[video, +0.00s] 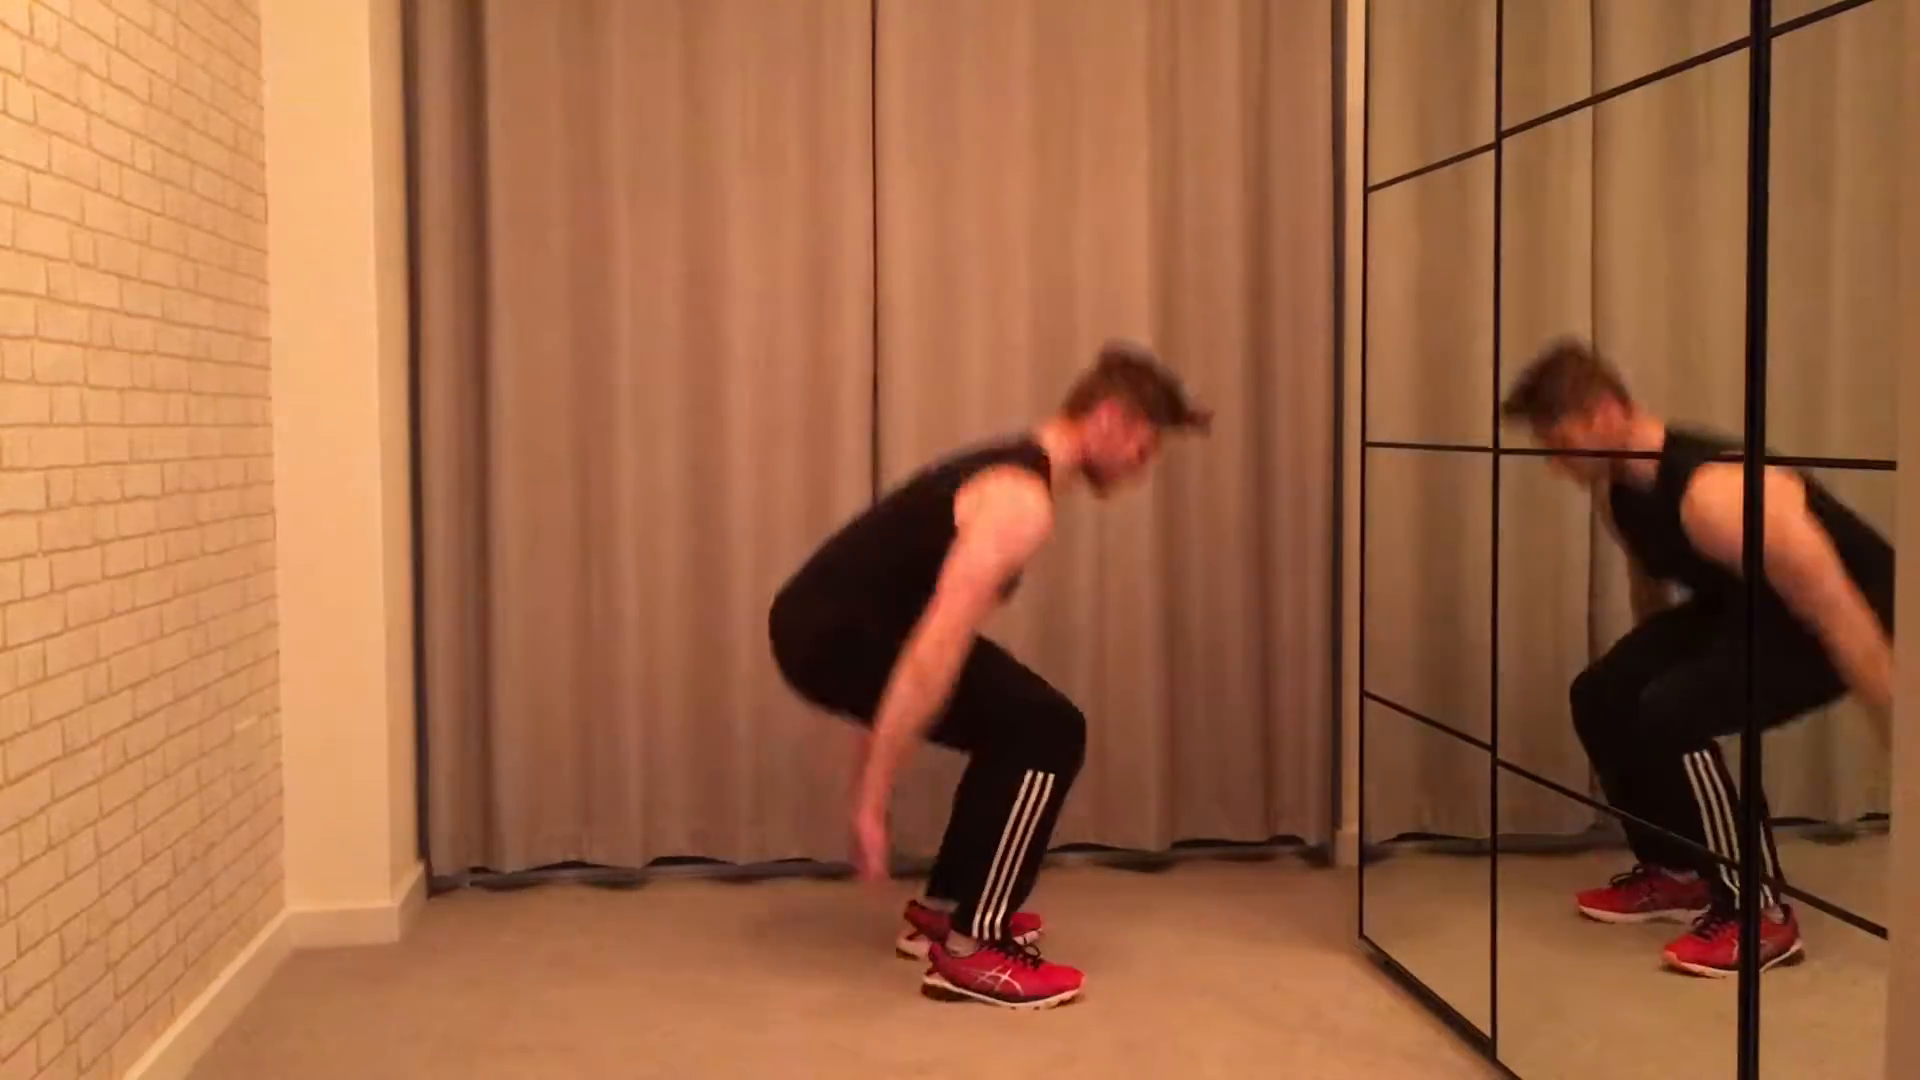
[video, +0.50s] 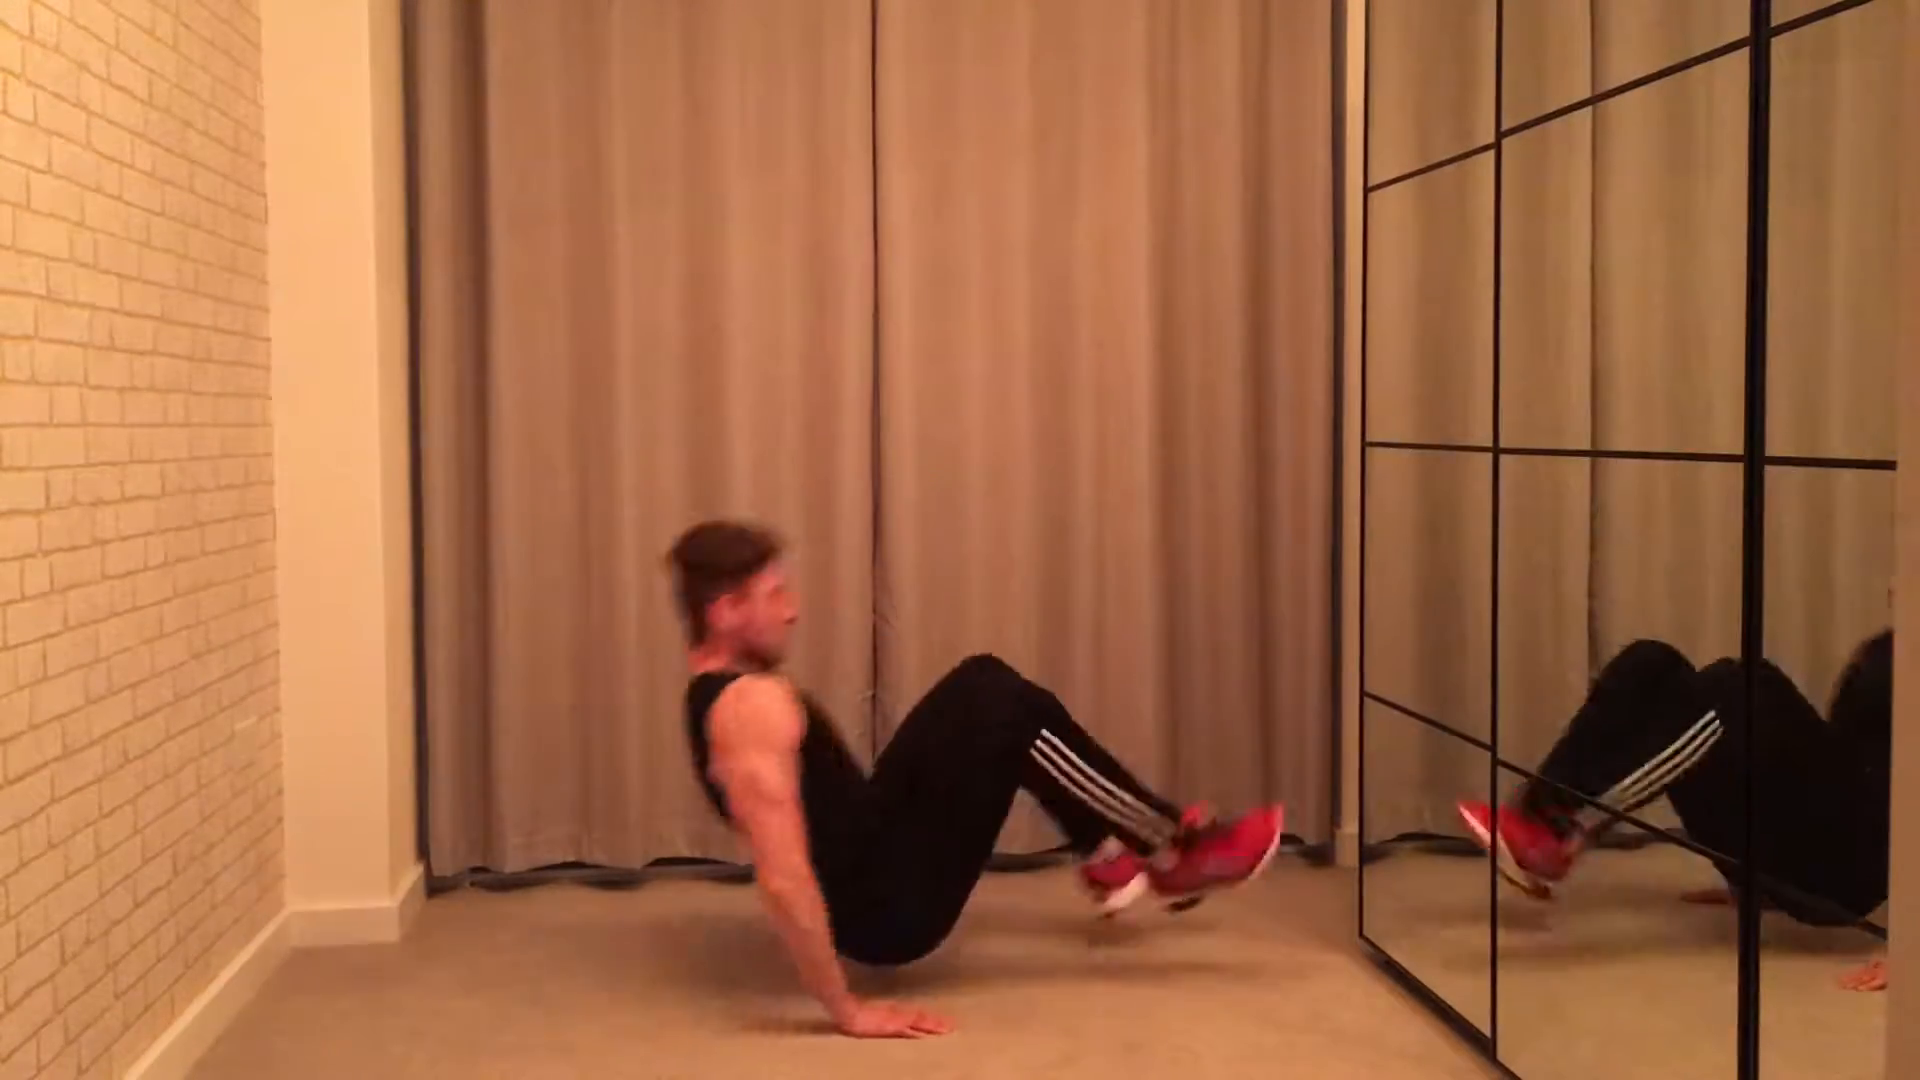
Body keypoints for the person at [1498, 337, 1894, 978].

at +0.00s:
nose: (1556, 463)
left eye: (1561, 443)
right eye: (1548, 449)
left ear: (1608, 414)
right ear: (1602, 417)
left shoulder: (1717, 495)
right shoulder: (1621, 485)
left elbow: (1842, 615)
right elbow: (1650, 594)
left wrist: (1903, 738)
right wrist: (1644, 680)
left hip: (1832, 622)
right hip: (1745, 605)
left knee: (1669, 714)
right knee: (1601, 699)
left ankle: (1758, 913)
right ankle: (1676, 871)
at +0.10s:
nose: (1561, 547)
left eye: (1566, 527)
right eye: (1554, 531)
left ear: (1614, 503)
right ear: (1612, 507)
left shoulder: (1729, 587)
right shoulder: (1627, 573)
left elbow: (1845, 733)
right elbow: (1661, 675)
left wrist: (1885, 883)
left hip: (1860, 698)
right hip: (1765, 672)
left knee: (1671, 717)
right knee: (1595, 703)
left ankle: (1757, 915)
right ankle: (1674, 874)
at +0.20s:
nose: (1590, 584)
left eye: (1597, 564)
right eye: (1585, 568)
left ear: (1648, 544)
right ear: (1647, 547)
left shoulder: (1758, 636)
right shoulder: (1656, 621)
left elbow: (1855, 785)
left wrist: (1896, 929)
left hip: (1869, 769)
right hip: (1794, 744)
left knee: (1683, 725)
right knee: (1593, 706)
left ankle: (1756, 916)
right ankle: (1671, 873)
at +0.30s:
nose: (1654, 575)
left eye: (1667, 554)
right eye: (1652, 556)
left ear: (1721, 542)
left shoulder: (1820, 637)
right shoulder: (1712, 621)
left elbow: (1877, 799)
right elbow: (1726, 740)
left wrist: (1904, 939)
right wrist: (1757, 856)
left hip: (1847, 825)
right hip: (1783, 796)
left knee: (1688, 715)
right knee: (1592, 703)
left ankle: (1749, 914)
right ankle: (1670, 875)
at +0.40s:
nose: (1797, 565)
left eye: (1812, 547)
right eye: (1796, 547)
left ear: (1866, 543)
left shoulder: (1885, 639)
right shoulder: (1813, 627)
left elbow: (1906, 792)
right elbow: (1794, 742)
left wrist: (1902, 940)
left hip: (1826, 860)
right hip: (1775, 840)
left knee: (1717, 678)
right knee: (1619, 665)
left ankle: (1665, 881)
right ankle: (1631, 862)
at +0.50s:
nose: (1896, 597)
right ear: (1896, 597)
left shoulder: (1899, 666)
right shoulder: (1879, 658)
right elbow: (1835, 780)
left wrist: (1900, 955)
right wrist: (1754, 883)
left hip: (1846, 884)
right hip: (1785, 875)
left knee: (1748, 687)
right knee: (1650, 664)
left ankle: (1563, 836)